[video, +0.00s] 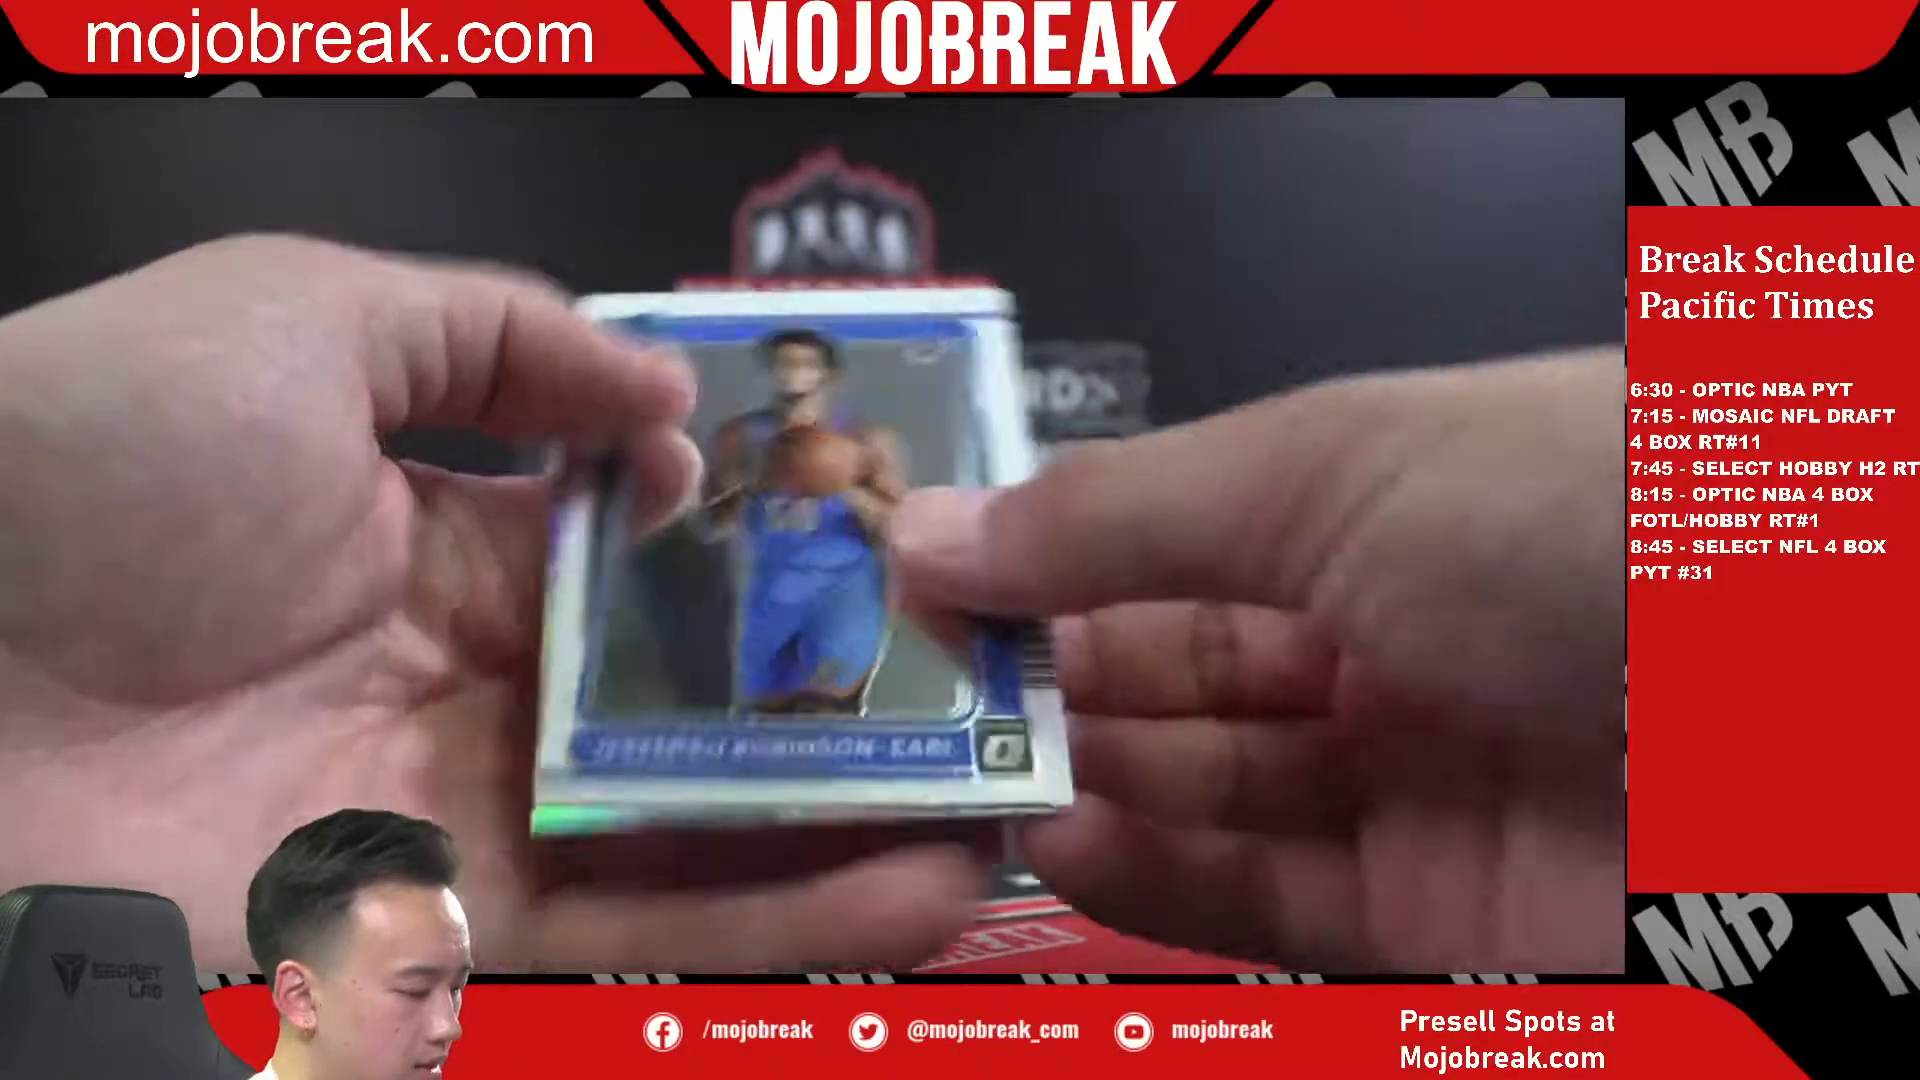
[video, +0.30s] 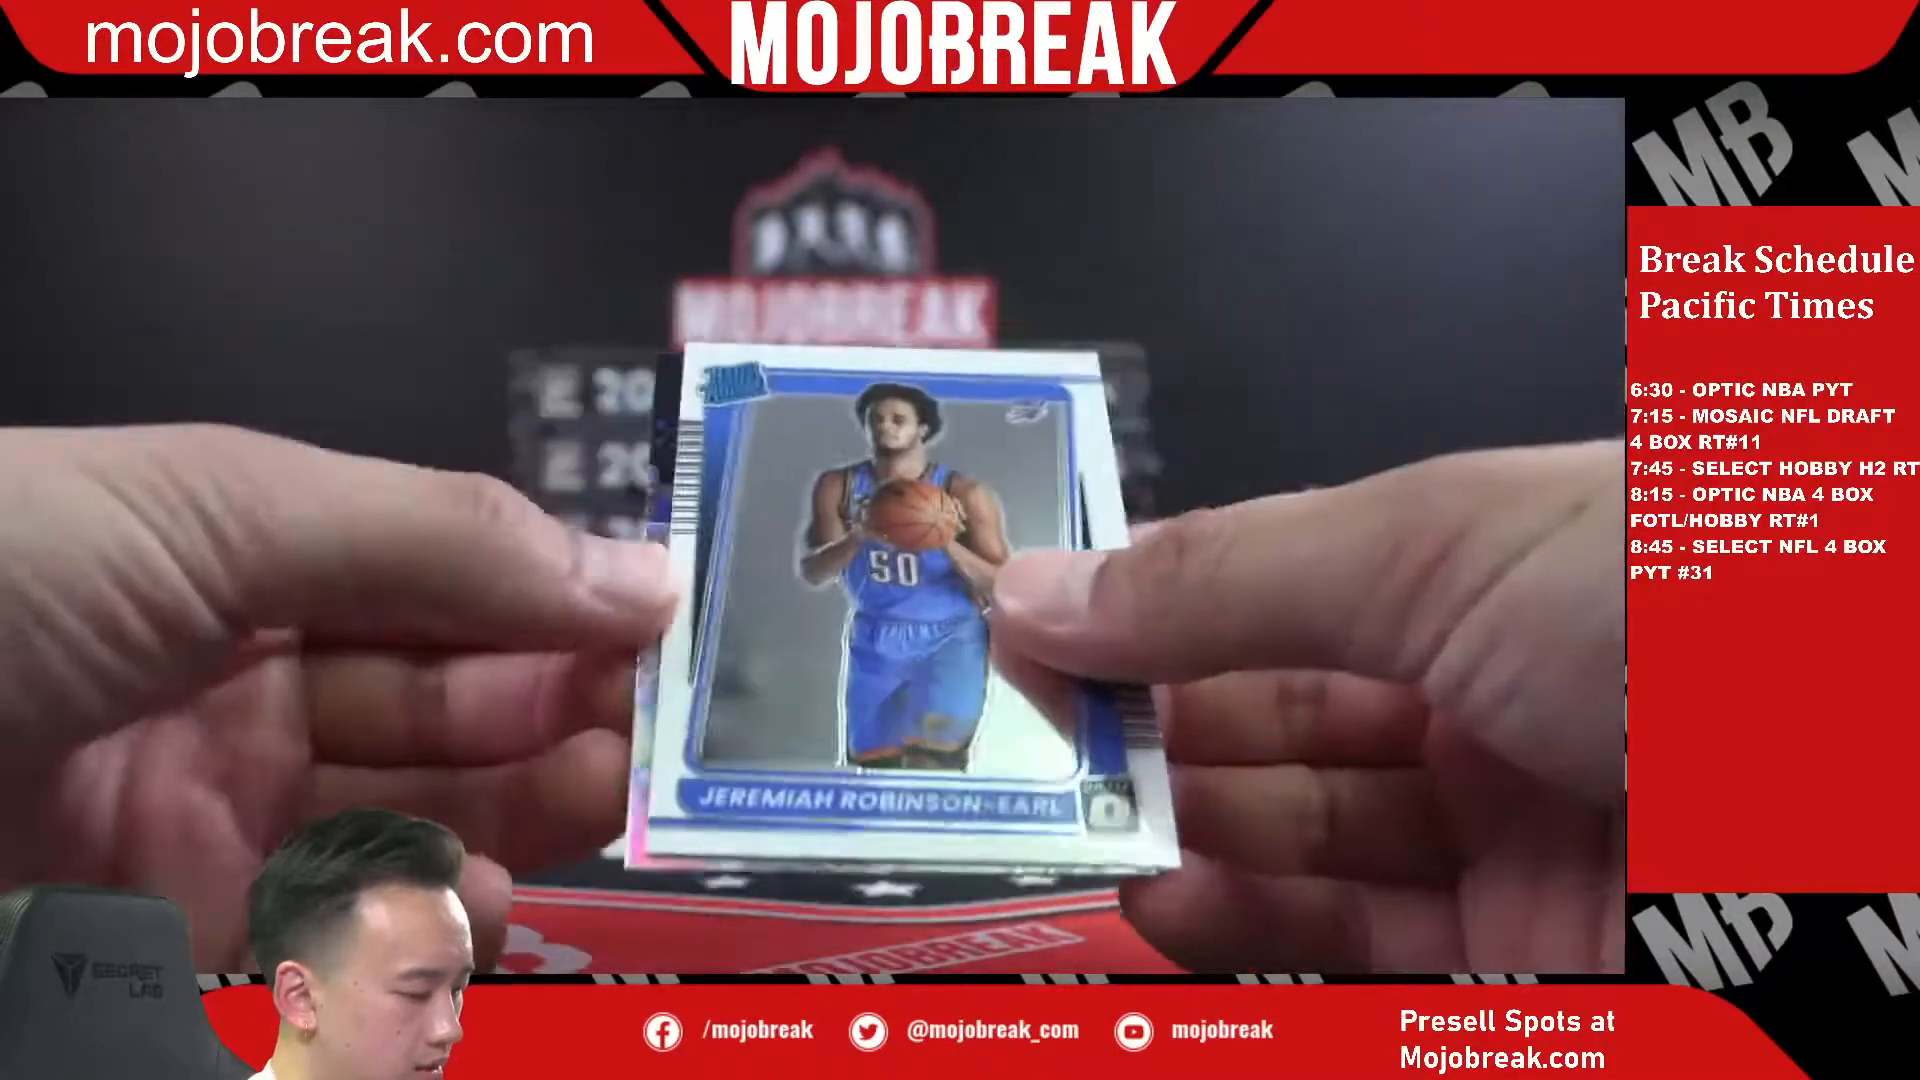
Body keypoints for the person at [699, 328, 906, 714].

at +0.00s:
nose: (793, 377)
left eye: (805, 365)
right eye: (784, 365)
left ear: (827, 376)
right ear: (772, 372)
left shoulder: (864, 443)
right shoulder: (741, 439)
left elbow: (898, 527)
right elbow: (707, 528)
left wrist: (849, 492)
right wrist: (742, 492)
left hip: (847, 589)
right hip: (771, 591)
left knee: (827, 707)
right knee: (760, 717)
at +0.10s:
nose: (871, 407)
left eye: (883, 397)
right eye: (864, 395)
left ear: (902, 409)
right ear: (850, 403)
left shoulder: (940, 473)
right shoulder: (823, 463)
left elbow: (967, 556)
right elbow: (791, 531)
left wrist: (914, 514)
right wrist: (819, 514)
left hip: (917, 611)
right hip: (843, 610)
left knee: (892, 719)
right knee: (831, 726)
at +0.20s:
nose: (905, 421)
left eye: (918, 413)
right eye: (897, 413)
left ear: (943, 424)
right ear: (885, 422)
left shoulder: (985, 487)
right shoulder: (854, 479)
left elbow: (1015, 575)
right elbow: (828, 561)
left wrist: (964, 533)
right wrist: (873, 527)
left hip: (960, 632)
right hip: (881, 633)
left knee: (932, 757)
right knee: (878, 766)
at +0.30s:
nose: (887, 428)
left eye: (899, 419)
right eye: (877, 419)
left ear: (923, 429)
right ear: (866, 429)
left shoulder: (969, 496)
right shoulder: (837, 487)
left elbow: (1001, 587)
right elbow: (813, 573)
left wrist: (950, 542)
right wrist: (860, 535)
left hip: (950, 644)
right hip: (874, 646)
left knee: (930, 778)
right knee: (873, 782)